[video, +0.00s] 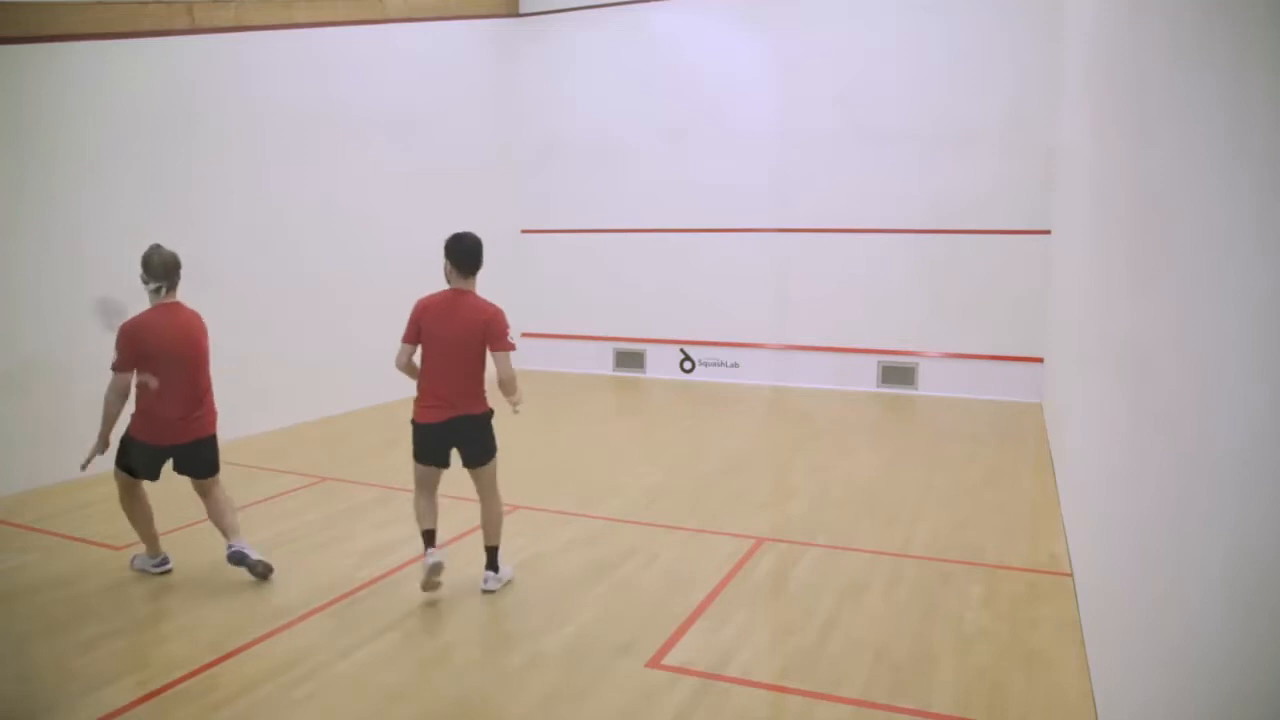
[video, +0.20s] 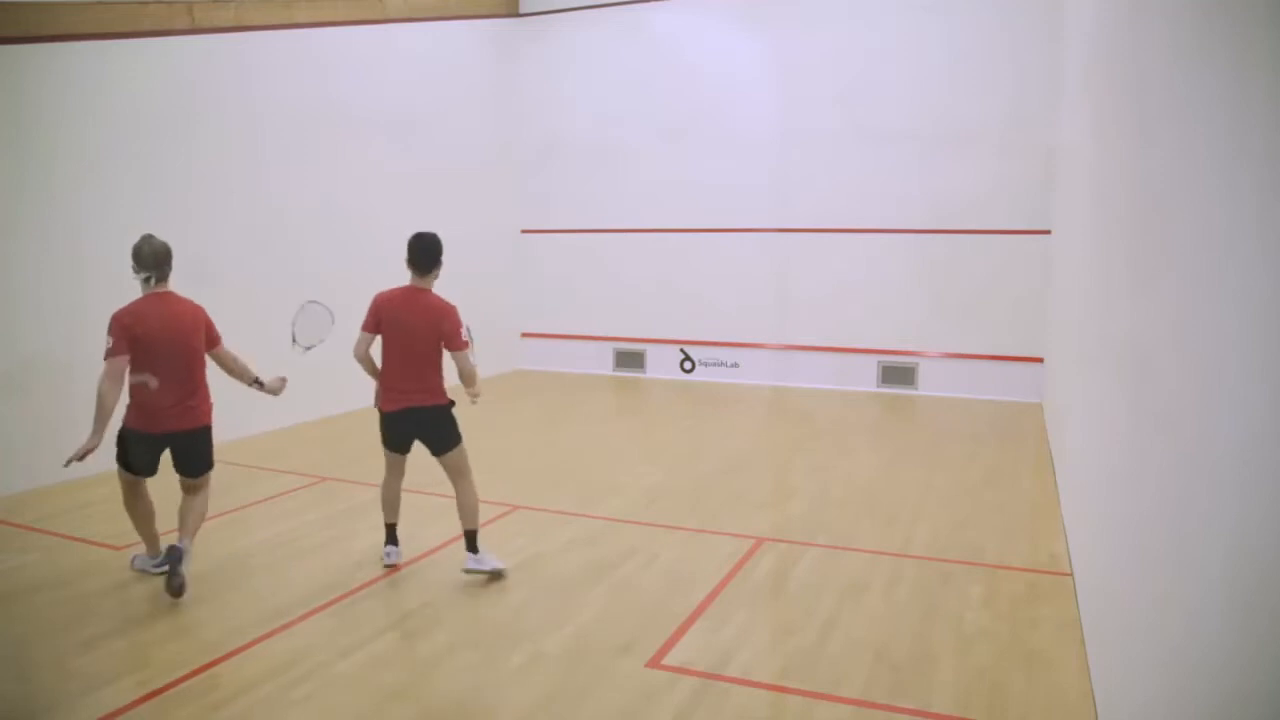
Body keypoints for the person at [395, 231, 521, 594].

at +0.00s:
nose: (443, 268)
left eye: (444, 263)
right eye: (449, 263)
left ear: (448, 267)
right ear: (480, 267)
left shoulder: (426, 307)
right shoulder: (490, 314)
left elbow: (403, 362)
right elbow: (504, 376)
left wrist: (426, 378)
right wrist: (512, 395)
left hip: (429, 419)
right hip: (473, 419)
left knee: (425, 490)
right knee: (488, 494)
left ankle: (431, 551)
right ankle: (492, 569)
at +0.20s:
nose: (439, 266)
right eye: (440, 262)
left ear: (408, 263)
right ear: (439, 266)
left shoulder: (383, 302)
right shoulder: (443, 311)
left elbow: (360, 351)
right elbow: (464, 368)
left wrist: (381, 378)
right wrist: (472, 387)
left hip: (392, 410)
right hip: (432, 410)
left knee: (393, 474)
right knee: (461, 477)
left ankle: (391, 545)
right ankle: (473, 552)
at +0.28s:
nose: (429, 258)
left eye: (426, 253)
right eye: (428, 254)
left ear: (395, 257)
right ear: (425, 258)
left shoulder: (373, 293)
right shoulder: (432, 302)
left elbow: (348, 341)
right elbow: (448, 359)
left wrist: (366, 369)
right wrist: (456, 381)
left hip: (378, 398)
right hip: (417, 399)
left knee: (380, 464)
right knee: (447, 462)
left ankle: (382, 532)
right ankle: (443, 540)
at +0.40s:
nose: (410, 264)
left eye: (407, 259)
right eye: (409, 260)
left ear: (377, 264)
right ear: (406, 264)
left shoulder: (357, 298)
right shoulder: (419, 306)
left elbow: (332, 344)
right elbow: (433, 362)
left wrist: (346, 371)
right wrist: (439, 383)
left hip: (362, 400)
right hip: (401, 401)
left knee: (351, 454)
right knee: (430, 458)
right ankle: (424, 530)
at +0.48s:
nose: (401, 285)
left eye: (398, 281)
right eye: (400, 281)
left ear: (369, 285)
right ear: (397, 284)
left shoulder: (349, 317)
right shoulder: (408, 326)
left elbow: (324, 359)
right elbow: (423, 384)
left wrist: (327, 390)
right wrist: (434, 390)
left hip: (350, 420)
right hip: (388, 421)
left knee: (330, 471)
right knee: (430, 457)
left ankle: (298, 530)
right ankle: (414, 528)